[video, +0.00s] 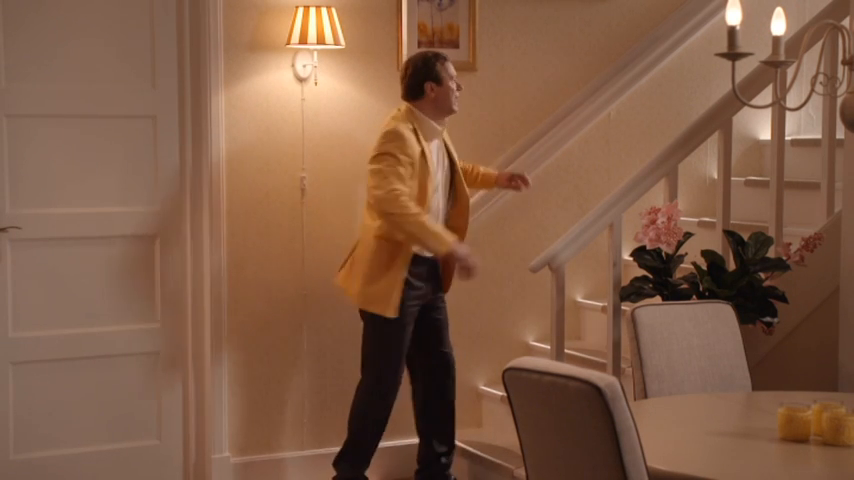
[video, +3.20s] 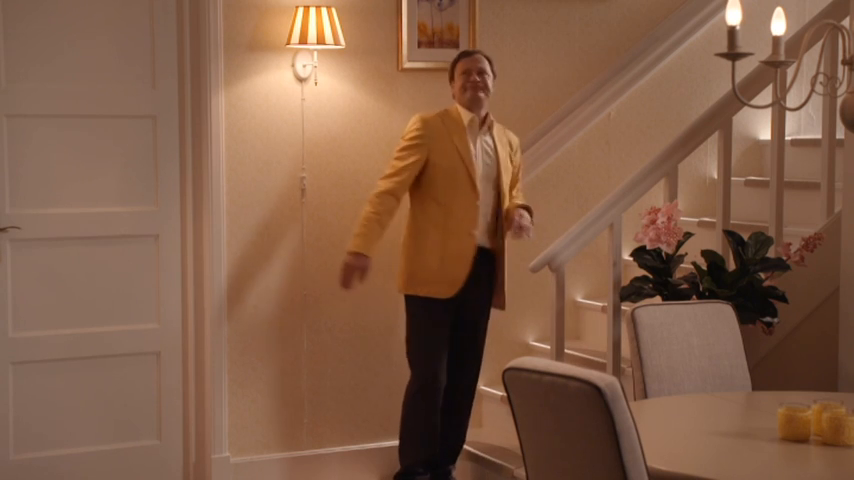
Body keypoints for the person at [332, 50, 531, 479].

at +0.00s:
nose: (460, 91)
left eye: (458, 84)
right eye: (454, 84)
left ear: (431, 89)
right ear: (430, 88)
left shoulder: (435, 133)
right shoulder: (398, 133)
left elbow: (455, 174)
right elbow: (389, 202)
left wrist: (498, 179)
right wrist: (448, 245)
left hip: (427, 274)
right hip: (392, 276)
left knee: (437, 374)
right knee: (381, 381)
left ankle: (435, 471)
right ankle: (349, 472)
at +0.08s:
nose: (464, 91)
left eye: (462, 83)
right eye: (458, 83)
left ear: (433, 88)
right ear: (436, 88)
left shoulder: (431, 129)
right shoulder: (408, 134)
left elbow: (450, 166)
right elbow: (422, 201)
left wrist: (496, 166)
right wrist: (487, 234)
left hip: (426, 275)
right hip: (395, 278)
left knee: (430, 376)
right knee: (385, 380)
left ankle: (431, 470)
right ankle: (350, 471)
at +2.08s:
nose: (499, 80)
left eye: (495, 72)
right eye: (493, 72)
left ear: (470, 82)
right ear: (477, 80)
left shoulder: (462, 119)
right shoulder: (467, 120)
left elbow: (461, 192)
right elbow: (492, 185)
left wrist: (500, 175)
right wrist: (545, 227)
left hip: (464, 269)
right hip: (454, 269)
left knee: (455, 375)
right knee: (442, 374)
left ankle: (434, 468)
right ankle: (407, 470)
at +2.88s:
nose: (496, 78)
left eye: (493, 72)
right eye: (486, 72)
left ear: (470, 83)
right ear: (459, 82)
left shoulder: (475, 128)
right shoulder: (450, 125)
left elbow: (475, 189)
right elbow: (460, 189)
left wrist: (507, 183)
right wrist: (518, 231)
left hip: (474, 274)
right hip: (445, 274)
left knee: (458, 379)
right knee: (436, 377)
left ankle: (436, 467)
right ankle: (406, 470)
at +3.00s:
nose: (490, 79)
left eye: (490, 73)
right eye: (479, 74)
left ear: (492, 84)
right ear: (454, 85)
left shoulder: (483, 135)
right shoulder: (443, 124)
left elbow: (490, 206)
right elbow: (426, 188)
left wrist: (531, 213)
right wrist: (464, 246)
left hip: (479, 282)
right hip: (442, 278)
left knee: (461, 382)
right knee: (437, 379)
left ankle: (438, 469)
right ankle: (410, 471)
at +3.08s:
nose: (484, 80)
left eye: (488, 74)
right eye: (473, 75)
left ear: (494, 84)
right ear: (452, 87)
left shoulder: (492, 139)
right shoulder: (436, 128)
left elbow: (491, 209)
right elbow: (411, 194)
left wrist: (528, 217)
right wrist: (417, 260)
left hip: (481, 282)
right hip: (440, 279)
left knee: (463, 386)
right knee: (435, 383)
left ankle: (439, 469)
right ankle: (412, 472)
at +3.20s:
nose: (476, 79)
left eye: (483, 73)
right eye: (467, 73)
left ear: (494, 85)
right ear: (452, 86)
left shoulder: (509, 142)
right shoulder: (429, 127)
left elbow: (516, 197)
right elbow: (391, 186)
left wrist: (520, 211)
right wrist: (360, 247)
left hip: (482, 268)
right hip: (432, 264)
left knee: (463, 379)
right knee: (429, 375)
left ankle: (442, 469)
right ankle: (413, 470)